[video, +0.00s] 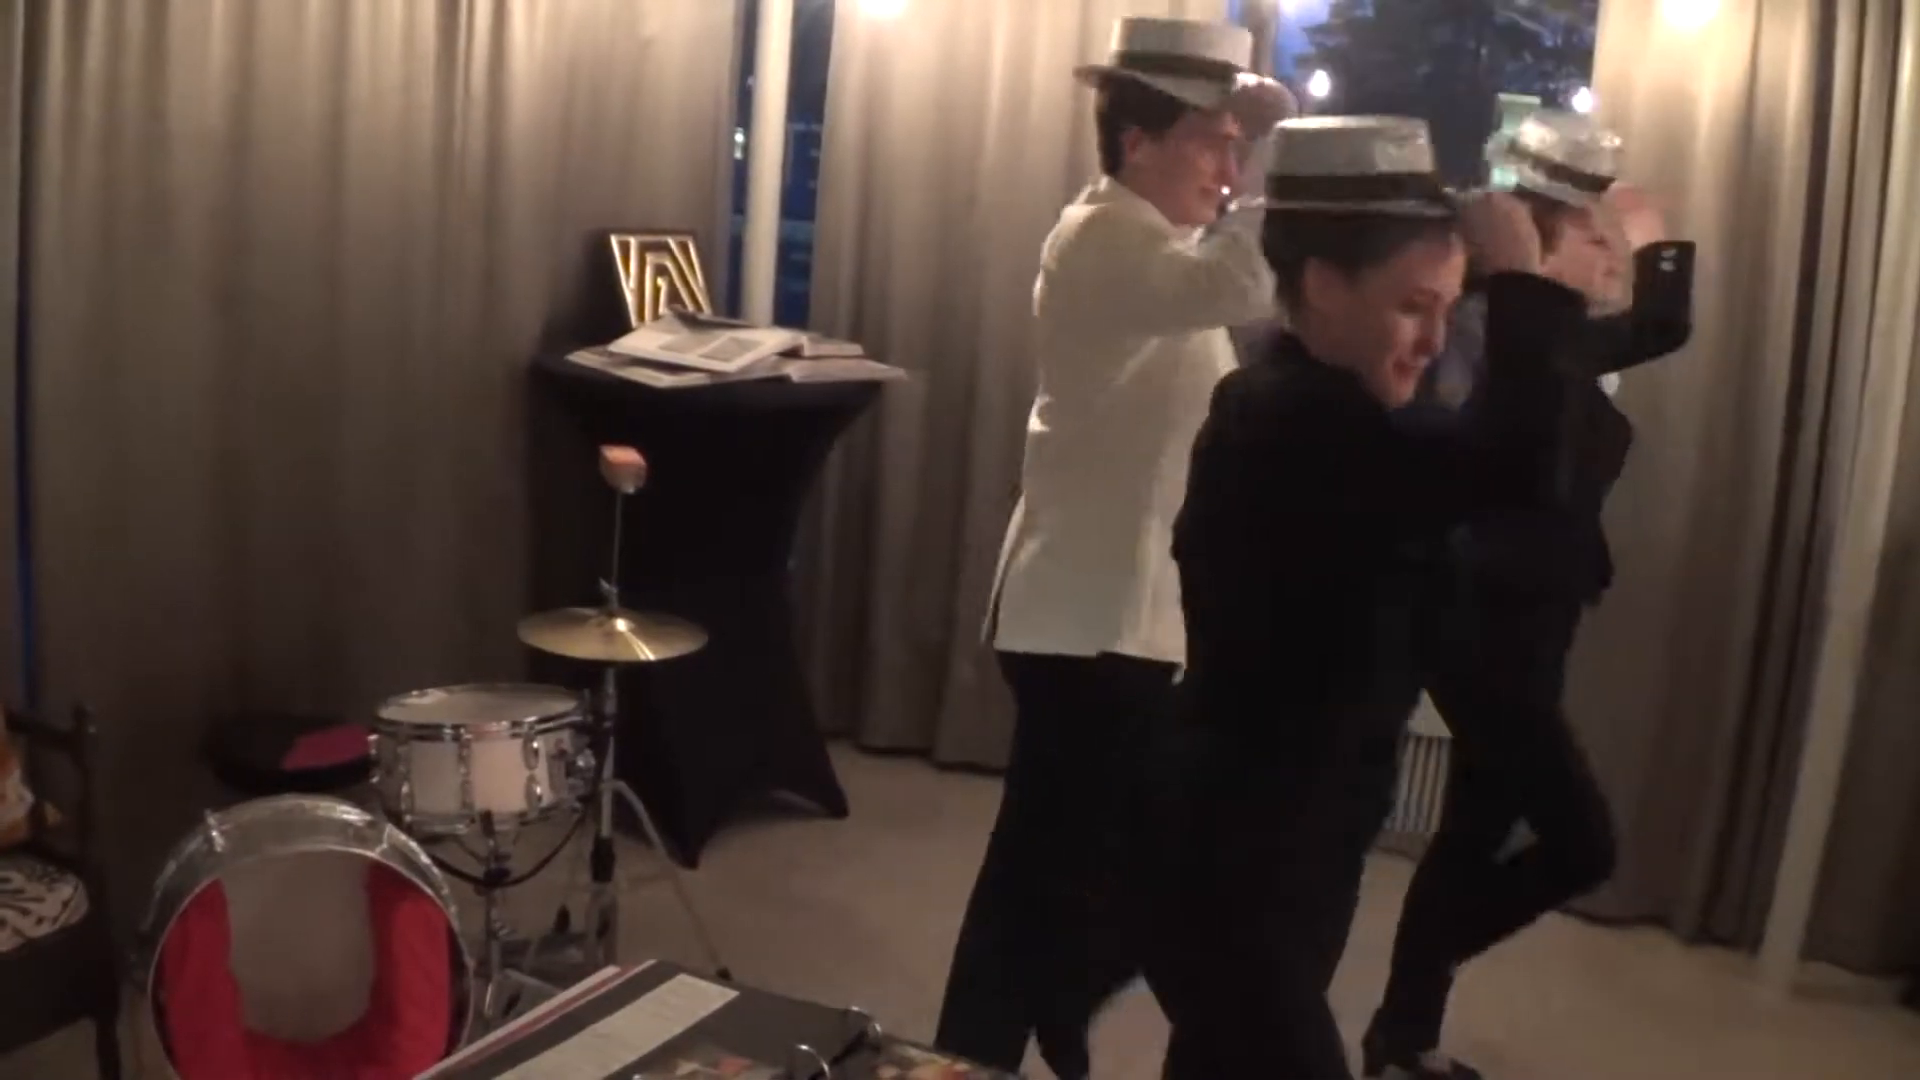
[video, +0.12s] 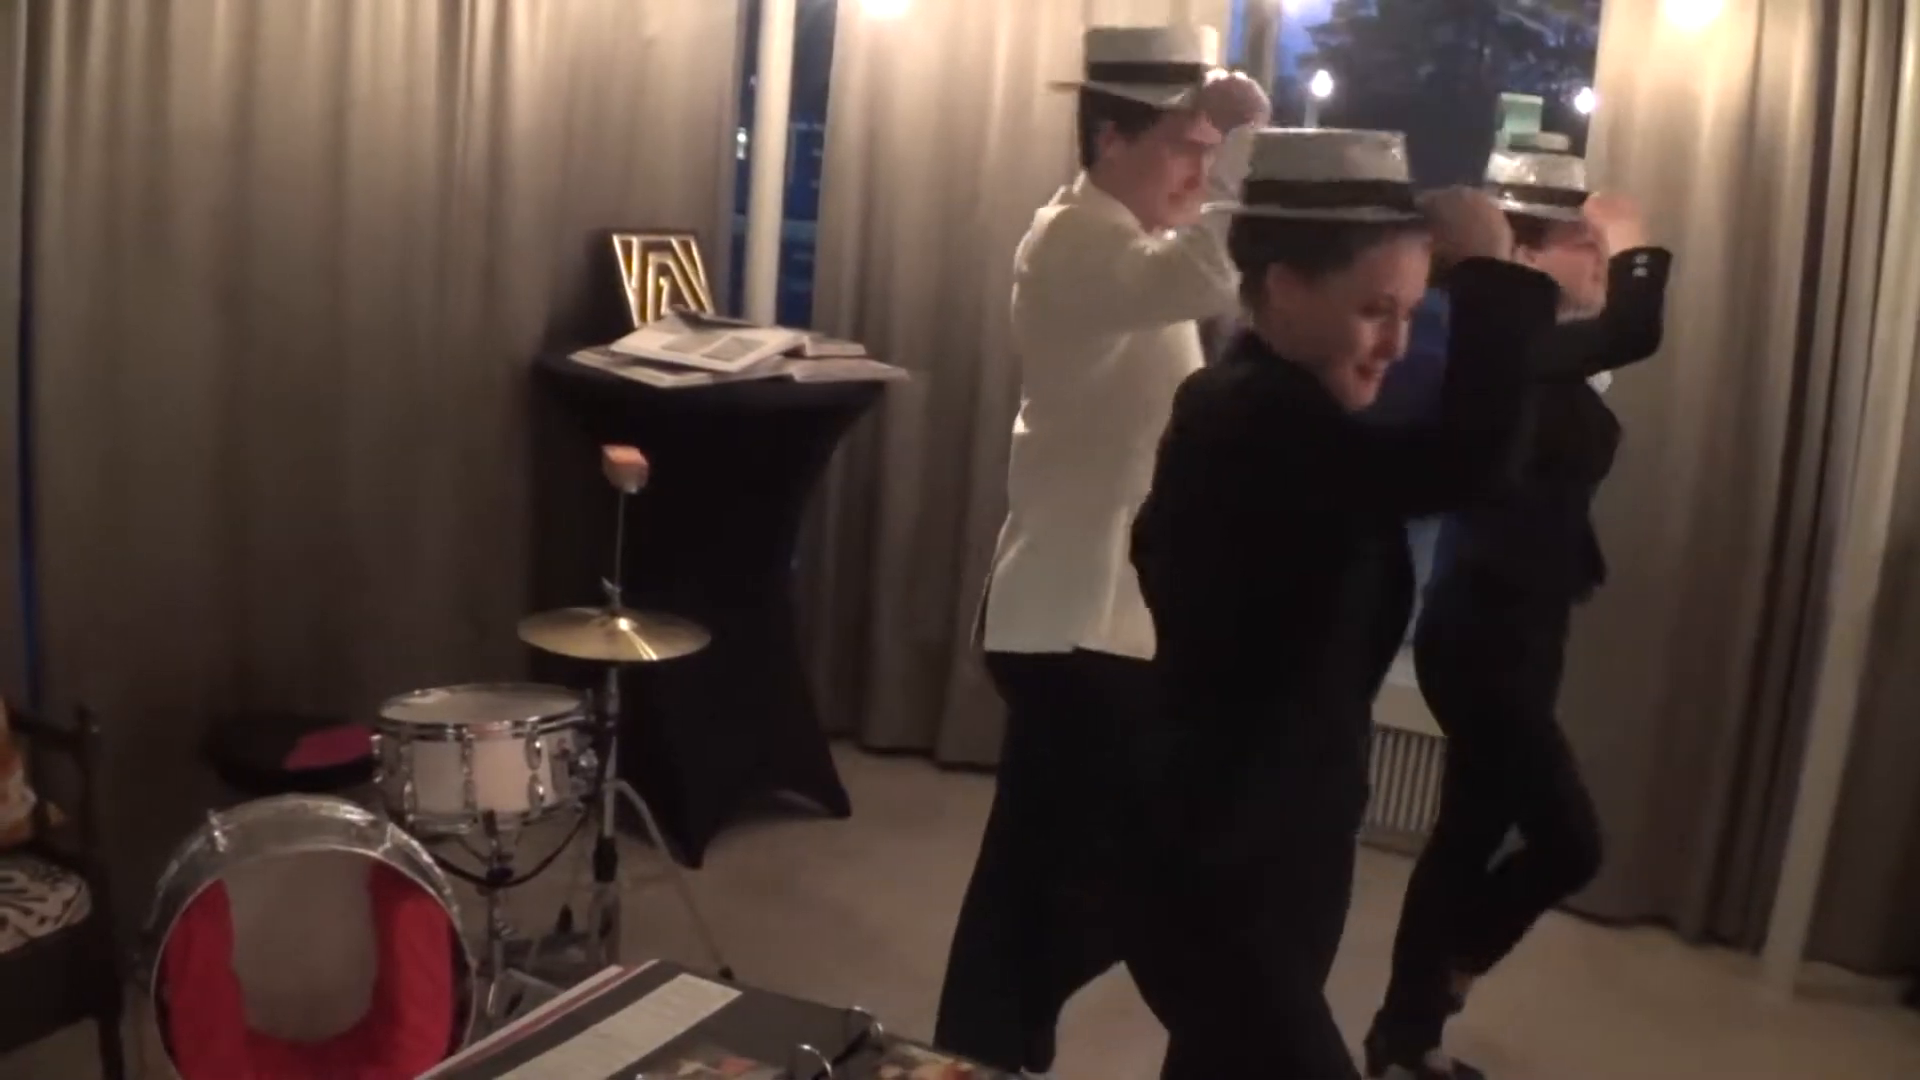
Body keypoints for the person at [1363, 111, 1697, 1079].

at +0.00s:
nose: (1611, 259)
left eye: (1610, 243)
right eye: (1597, 239)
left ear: (1547, 243)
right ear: (1544, 237)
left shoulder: (1546, 329)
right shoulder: (1517, 325)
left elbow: (1657, 329)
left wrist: (1652, 246)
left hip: (1517, 628)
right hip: (1479, 632)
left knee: (1471, 836)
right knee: (1580, 849)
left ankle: (1404, 1033)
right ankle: (1422, 954)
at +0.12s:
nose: (1607, 274)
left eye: (1608, 257)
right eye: (1593, 252)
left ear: (1561, 259)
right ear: (1541, 251)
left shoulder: (1532, 344)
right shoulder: (1510, 336)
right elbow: (1632, 334)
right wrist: (1637, 253)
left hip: (1512, 631)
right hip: (1480, 636)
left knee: (1466, 839)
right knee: (1567, 846)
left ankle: (1404, 1034)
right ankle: (1446, 960)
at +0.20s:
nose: (1600, 274)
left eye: (1599, 258)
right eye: (1584, 255)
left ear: (1537, 259)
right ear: (1529, 255)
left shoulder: (1526, 342)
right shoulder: (1506, 338)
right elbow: (1618, 341)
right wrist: (1625, 256)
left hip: (1506, 627)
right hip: (1481, 631)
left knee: (1469, 835)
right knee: (1553, 846)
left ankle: (1410, 1034)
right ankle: (1441, 1018)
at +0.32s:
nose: (1584, 280)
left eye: (1585, 266)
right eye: (1571, 263)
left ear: (1517, 262)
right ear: (1514, 260)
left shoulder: (1519, 346)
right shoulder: (1497, 349)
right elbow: (1602, 356)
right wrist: (1614, 274)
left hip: (1511, 628)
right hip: (1482, 633)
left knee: (1472, 836)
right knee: (1552, 845)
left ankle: (1414, 1032)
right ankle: (1442, 1015)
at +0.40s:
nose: (1574, 280)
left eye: (1575, 266)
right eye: (1559, 262)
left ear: (1504, 263)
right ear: (1499, 260)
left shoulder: (1515, 346)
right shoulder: (1481, 347)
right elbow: (1598, 360)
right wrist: (1604, 275)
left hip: (1518, 628)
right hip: (1481, 631)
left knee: (1472, 838)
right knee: (1553, 845)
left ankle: (1413, 1034)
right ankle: (1444, 1016)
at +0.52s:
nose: (1569, 277)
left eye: (1570, 262)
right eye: (1552, 259)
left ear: (1501, 262)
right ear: (1493, 258)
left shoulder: (1511, 343)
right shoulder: (1483, 345)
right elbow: (1596, 361)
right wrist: (1599, 272)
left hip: (1518, 627)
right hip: (1484, 632)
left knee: (1473, 837)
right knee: (1560, 847)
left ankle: (1413, 1033)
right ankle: (1444, 1017)